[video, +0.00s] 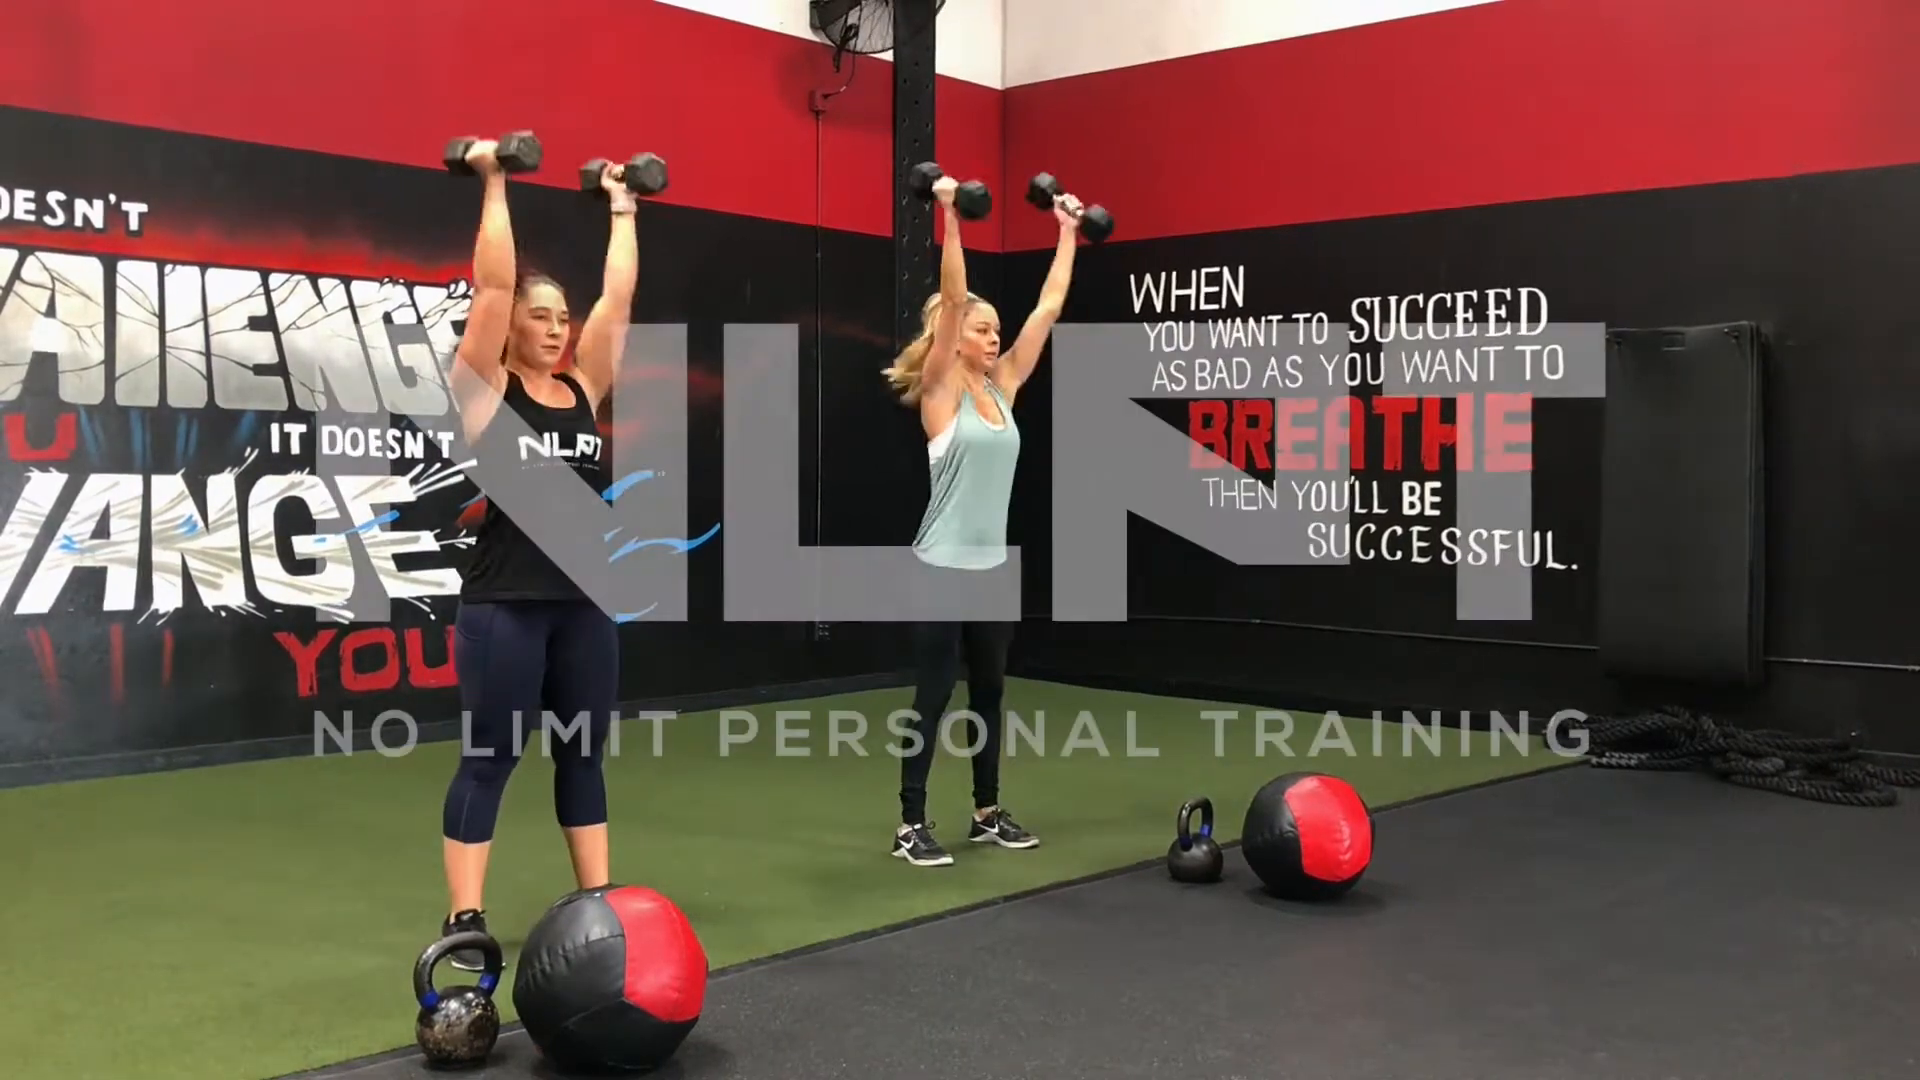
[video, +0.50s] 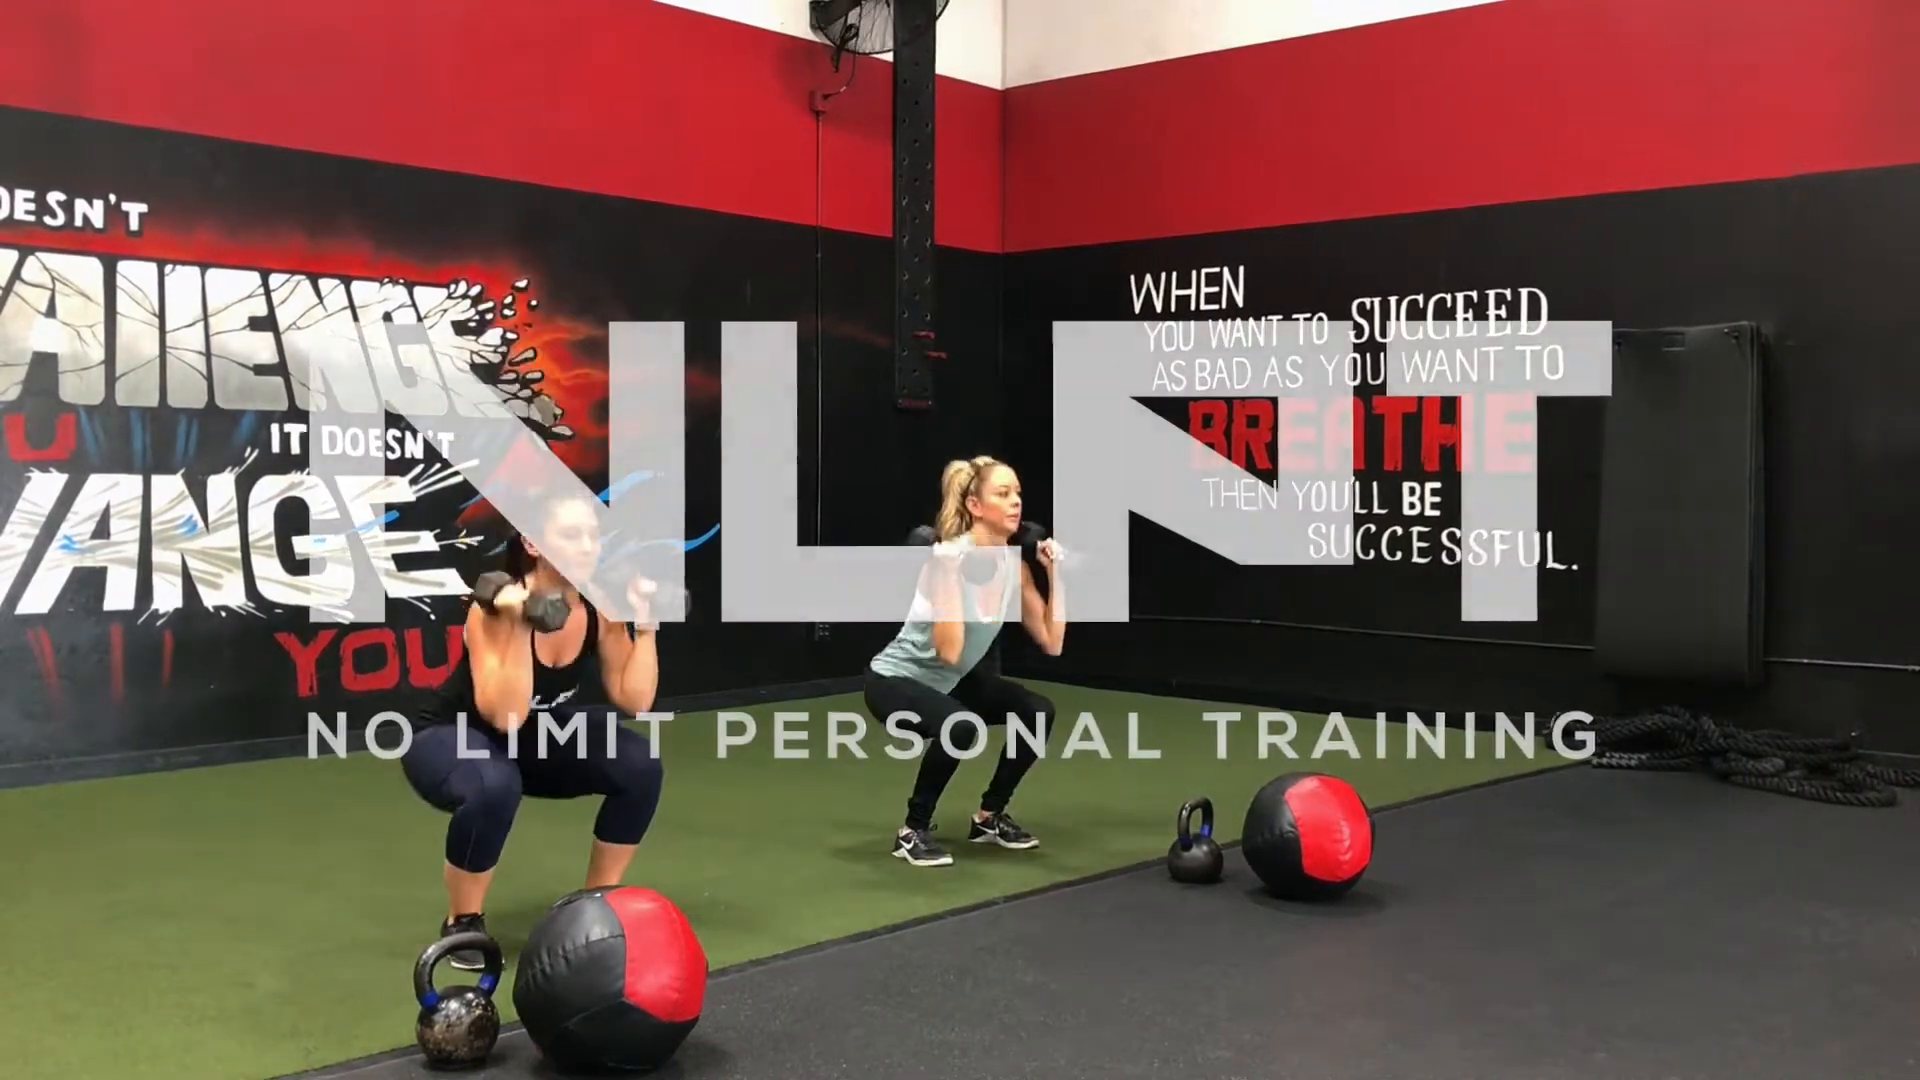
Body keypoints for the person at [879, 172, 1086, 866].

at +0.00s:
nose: (991, 336)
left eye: (994, 329)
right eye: (979, 327)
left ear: (998, 339)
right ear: (950, 332)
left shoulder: (1001, 387)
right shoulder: (943, 391)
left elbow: (1049, 307)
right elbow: (953, 299)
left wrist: (1068, 231)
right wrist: (947, 209)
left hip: (994, 571)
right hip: (938, 570)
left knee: (990, 693)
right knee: (933, 693)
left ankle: (987, 813)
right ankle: (913, 824)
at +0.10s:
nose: (996, 345)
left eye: (998, 337)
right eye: (984, 336)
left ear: (1000, 346)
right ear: (955, 343)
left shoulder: (1003, 398)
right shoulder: (942, 401)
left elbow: (1077, 367)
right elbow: (946, 355)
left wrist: (1075, 293)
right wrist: (950, 277)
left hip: (987, 575)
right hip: (934, 575)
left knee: (1002, 687)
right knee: (945, 691)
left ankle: (988, 814)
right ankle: (913, 826)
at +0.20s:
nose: (1002, 387)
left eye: (1004, 377)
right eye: (990, 378)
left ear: (1006, 386)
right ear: (961, 384)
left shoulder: (1005, 448)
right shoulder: (942, 443)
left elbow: (1079, 482)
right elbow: (959, 491)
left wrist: (1069, 413)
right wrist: (953, 414)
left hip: (969, 607)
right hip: (917, 606)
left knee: (1024, 700)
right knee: (958, 710)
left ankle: (989, 815)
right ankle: (914, 827)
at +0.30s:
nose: (1013, 458)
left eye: (1014, 448)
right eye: (1002, 448)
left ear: (1010, 460)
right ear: (970, 458)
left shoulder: (1009, 521)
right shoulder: (946, 517)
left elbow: (1059, 590)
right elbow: (958, 601)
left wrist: (1060, 522)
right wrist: (953, 518)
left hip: (957, 652)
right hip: (903, 654)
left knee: (1036, 710)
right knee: (962, 724)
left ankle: (990, 814)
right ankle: (916, 828)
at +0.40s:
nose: (1018, 509)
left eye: (1019, 500)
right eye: (1006, 501)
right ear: (976, 512)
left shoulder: (1013, 569)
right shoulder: (948, 565)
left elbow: (1052, 650)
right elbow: (952, 662)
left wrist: (1054, 580)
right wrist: (950, 578)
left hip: (949, 685)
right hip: (893, 683)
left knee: (1037, 712)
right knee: (960, 727)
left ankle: (989, 817)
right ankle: (915, 831)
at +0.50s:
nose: (1016, 502)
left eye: (1017, 493)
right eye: (1003, 494)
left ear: (1021, 500)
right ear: (975, 505)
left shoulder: (1014, 561)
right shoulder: (948, 556)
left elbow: (1052, 642)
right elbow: (949, 651)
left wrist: (1054, 574)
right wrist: (948, 569)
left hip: (947, 683)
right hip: (893, 678)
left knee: (1038, 711)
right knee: (959, 726)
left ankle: (990, 816)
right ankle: (915, 830)